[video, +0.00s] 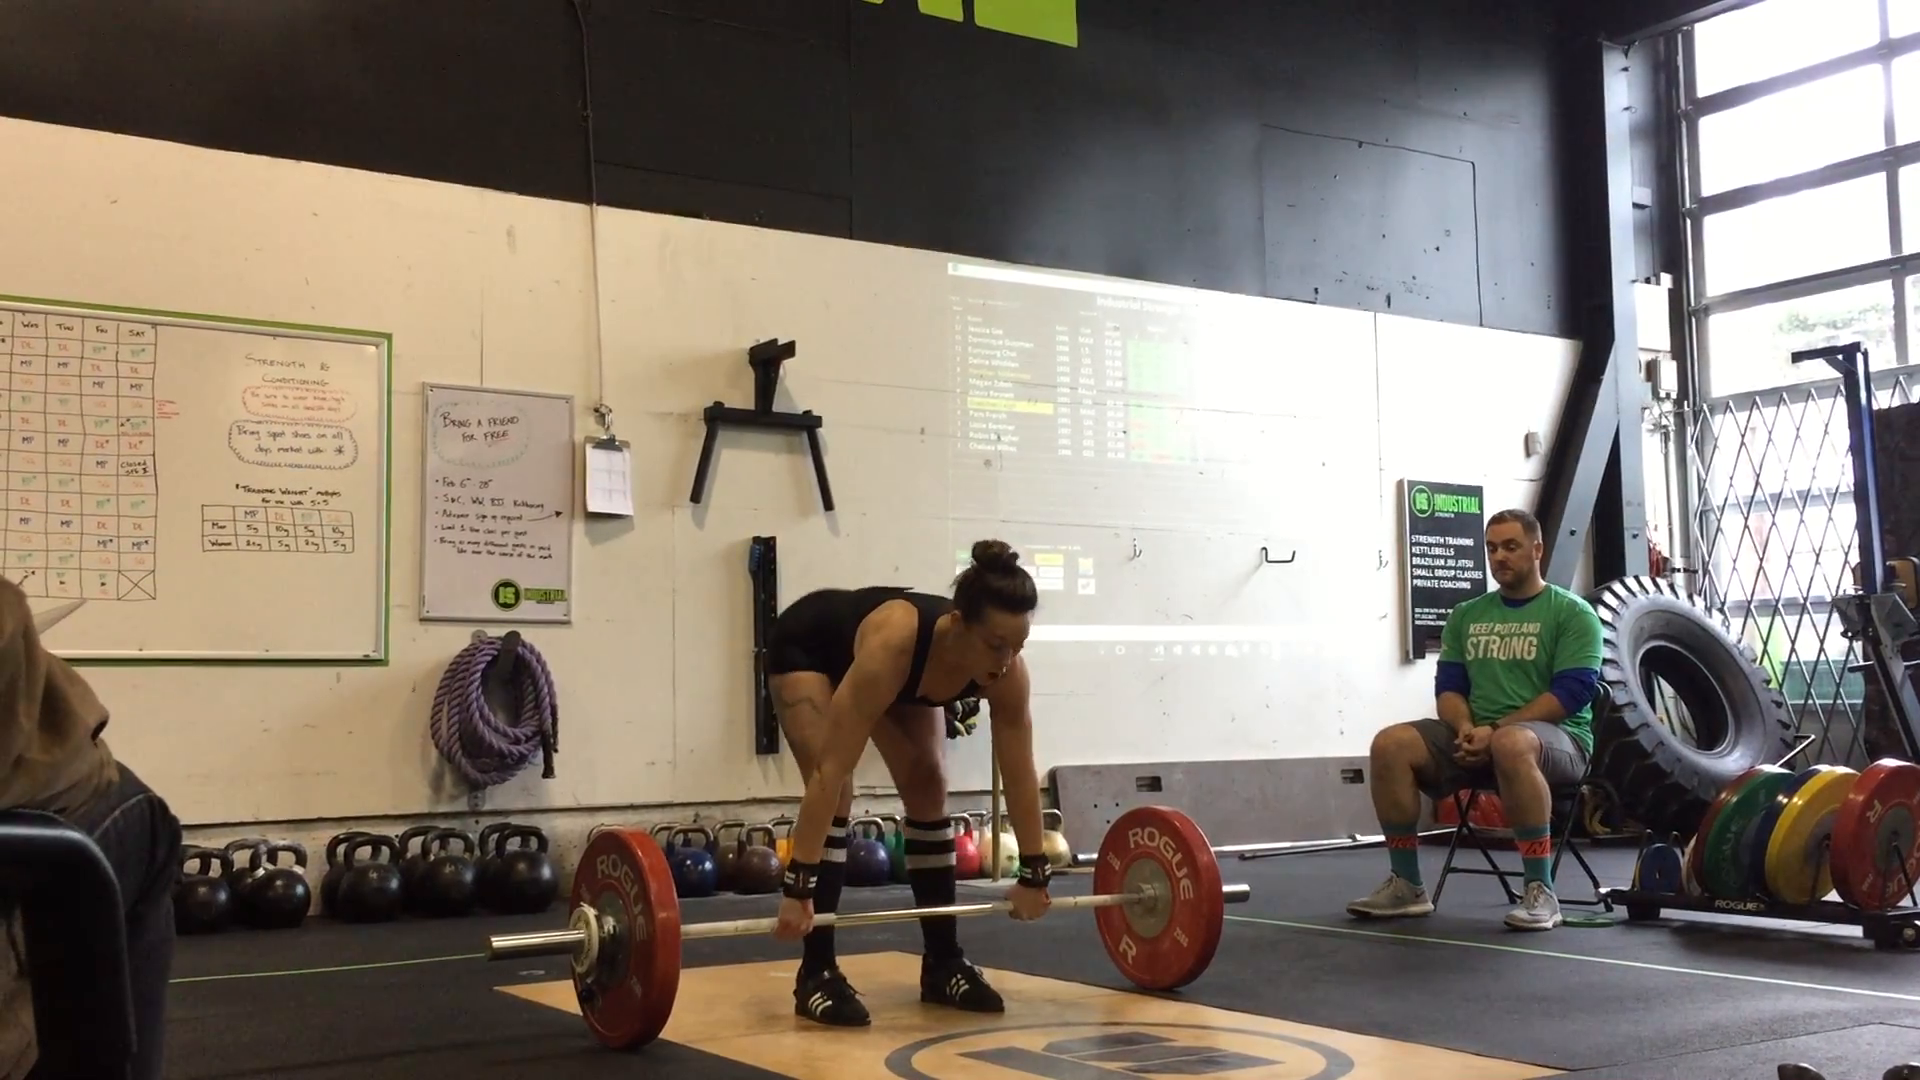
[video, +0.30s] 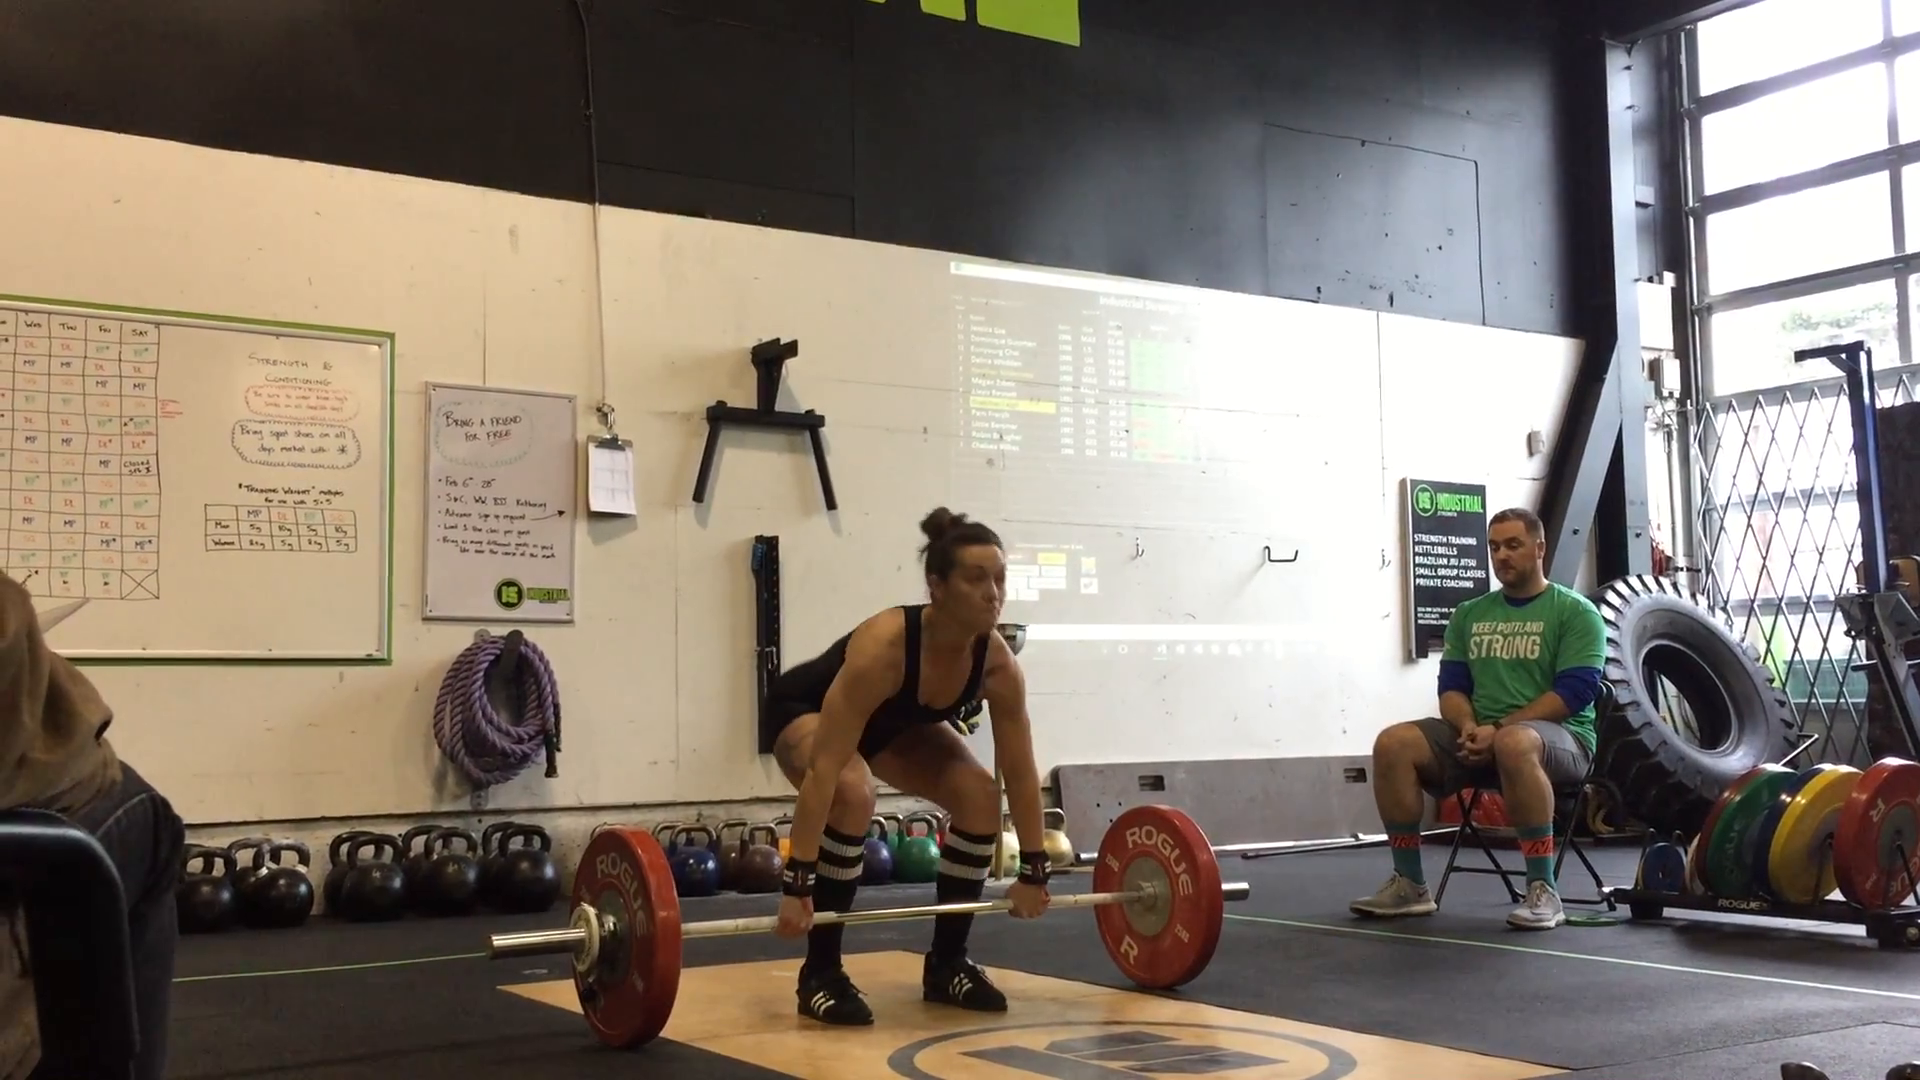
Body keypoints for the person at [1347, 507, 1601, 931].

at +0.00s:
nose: (1499, 556)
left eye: (1510, 547)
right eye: (1492, 548)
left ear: (1538, 551)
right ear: (1486, 554)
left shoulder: (1573, 613)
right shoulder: (1465, 615)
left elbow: (1571, 694)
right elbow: (1449, 688)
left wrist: (1497, 732)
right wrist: (1464, 726)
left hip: (1556, 738)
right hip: (1477, 738)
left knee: (1511, 743)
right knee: (1390, 745)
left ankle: (1539, 893)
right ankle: (1407, 886)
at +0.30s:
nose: (1501, 555)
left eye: (1512, 545)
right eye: (1494, 546)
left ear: (1540, 548)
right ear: (1489, 553)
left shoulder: (1576, 612)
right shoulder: (1468, 615)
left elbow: (1575, 693)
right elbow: (1452, 688)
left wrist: (1500, 731)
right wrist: (1468, 725)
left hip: (1560, 737)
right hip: (1480, 737)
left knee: (1514, 742)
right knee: (1392, 744)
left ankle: (1542, 892)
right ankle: (1410, 885)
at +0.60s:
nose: (1504, 555)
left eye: (1514, 545)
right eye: (1497, 547)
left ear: (1543, 549)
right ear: (1491, 553)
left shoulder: (1578, 612)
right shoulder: (1471, 615)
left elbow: (1578, 693)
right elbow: (1454, 688)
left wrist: (1503, 731)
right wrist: (1469, 725)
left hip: (1562, 737)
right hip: (1482, 737)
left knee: (1517, 743)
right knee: (1394, 745)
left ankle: (1544, 892)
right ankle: (1412, 886)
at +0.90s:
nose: (1503, 557)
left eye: (1514, 548)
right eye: (1496, 549)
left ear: (1542, 552)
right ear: (1490, 555)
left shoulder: (1577, 615)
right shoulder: (1470, 618)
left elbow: (1577, 696)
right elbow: (1453, 690)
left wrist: (1501, 734)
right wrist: (1468, 727)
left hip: (1561, 740)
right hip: (1480, 740)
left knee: (1516, 745)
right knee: (1393, 748)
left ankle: (1543, 895)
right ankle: (1411, 888)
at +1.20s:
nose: (1501, 560)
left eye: (1512, 550)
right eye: (1494, 552)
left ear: (1540, 554)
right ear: (1488, 557)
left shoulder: (1575, 618)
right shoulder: (1468, 621)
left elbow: (1574, 699)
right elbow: (1450, 694)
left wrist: (1499, 736)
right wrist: (1466, 730)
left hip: (1558, 743)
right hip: (1478, 742)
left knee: (1513, 748)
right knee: (1391, 751)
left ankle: (1540, 898)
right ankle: (1408, 891)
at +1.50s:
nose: (1499, 562)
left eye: (1510, 552)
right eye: (1492, 553)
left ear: (1538, 557)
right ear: (1487, 560)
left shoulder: (1573, 621)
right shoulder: (1466, 624)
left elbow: (1572, 701)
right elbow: (1448, 697)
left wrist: (1497, 739)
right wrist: (1464, 733)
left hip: (1555, 746)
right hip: (1475, 745)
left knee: (1511, 751)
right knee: (1388, 753)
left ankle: (1538, 901)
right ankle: (1406, 894)